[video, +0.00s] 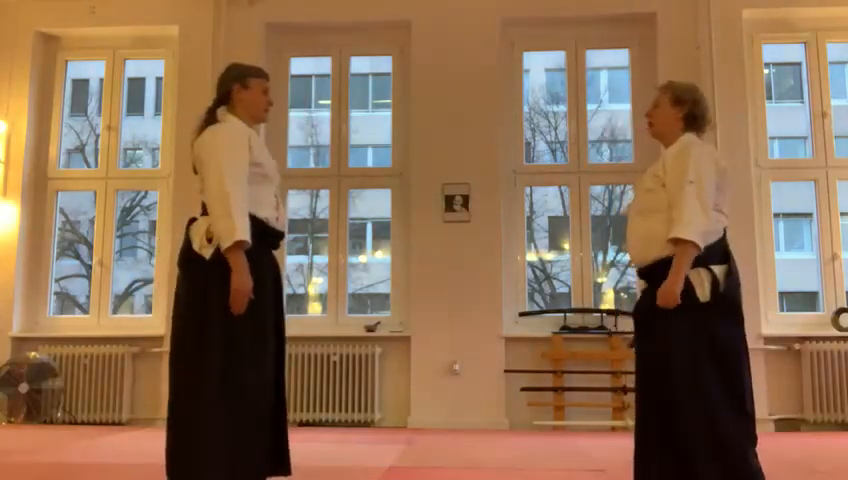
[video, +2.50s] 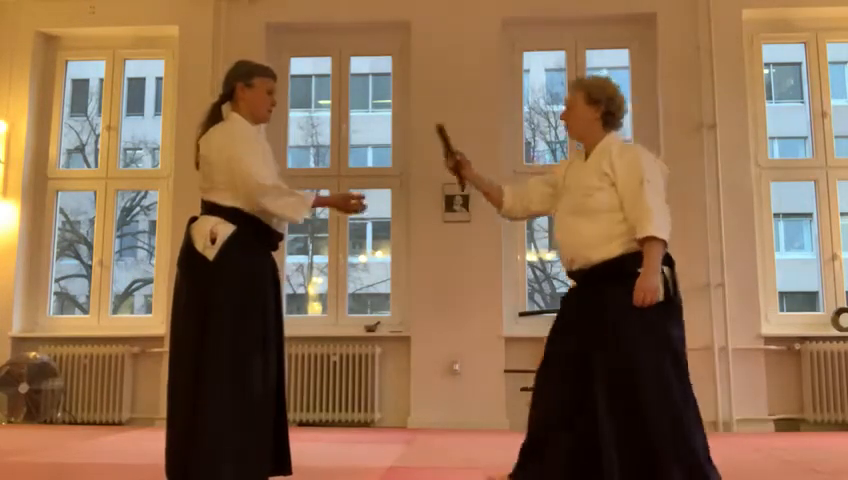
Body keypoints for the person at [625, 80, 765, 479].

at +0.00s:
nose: (648, 113)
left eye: (657, 106)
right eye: (651, 106)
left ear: (681, 112)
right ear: (677, 113)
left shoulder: (690, 150)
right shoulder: (673, 156)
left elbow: (692, 216)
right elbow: (680, 218)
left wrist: (675, 277)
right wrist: (659, 278)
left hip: (690, 282)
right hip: (669, 282)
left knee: (692, 392)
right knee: (670, 393)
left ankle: (701, 473)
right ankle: (674, 472)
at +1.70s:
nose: (629, 121)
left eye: (636, 114)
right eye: (631, 114)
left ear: (661, 118)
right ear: (657, 120)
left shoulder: (680, 154)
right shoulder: (655, 165)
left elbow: (688, 217)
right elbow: (650, 235)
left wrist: (668, 271)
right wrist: (625, 290)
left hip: (690, 280)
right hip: (663, 284)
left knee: (693, 386)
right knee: (662, 389)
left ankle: (706, 472)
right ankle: (671, 472)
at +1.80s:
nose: (626, 120)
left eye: (633, 113)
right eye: (628, 113)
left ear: (659, 119)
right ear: (649, 120)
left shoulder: (675, 152)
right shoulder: (645, 166)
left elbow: (685, 212)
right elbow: (637, 239)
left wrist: (668, 269)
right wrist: (591, 272)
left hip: (688, 279)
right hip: (659, 283)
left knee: (687, 387)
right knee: (653, 388)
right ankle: (661, 472)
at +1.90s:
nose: (622, 120)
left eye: (629, 113)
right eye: (624, 113)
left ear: (654, 116)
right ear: (646, 118)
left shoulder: (673, 152)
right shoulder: (640, 171)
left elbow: (684, 213)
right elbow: (616, 236)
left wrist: (668, 270)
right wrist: (562, 231)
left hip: (684, 282)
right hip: (656, 287)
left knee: (685, 390)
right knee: (645, 391)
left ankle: (694, 472)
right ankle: (653, 473)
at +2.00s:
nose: (618, 120)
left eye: (625, 111)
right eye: (619, 112)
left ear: (651, 115)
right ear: (642, 118)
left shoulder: (670, 151)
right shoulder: (635, 172)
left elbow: (681, 211)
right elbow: (591, 220)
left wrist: (667, 271)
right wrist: (554, 188)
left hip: (677, 282)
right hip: (647, 287)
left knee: (679, 392)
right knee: (641, 393)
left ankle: (689, 473)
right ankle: (644, 473)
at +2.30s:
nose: (595, 110)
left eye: (602, 103)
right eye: (597, 103)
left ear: (628, 107)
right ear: (618, 110)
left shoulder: (655, 151)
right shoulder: (599, 167)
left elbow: (669, 210)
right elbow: (548, 193)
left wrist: (657, 268)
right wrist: (528, 149)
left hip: (657, 277)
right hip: (613, 284)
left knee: (658, 381)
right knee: (586, 373)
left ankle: (677, 469)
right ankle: (611, 466)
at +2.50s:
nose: (563, 113)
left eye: (571, 105)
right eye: (565, 105)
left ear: (597, 110)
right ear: (588, 112)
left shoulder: (631, 157)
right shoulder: (567, 171)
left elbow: (653, 213)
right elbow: (517, 202)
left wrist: (651, 270)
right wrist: (474, 178)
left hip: (634, 281)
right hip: (588, 289)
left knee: (645, 391)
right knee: (559, 385)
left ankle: (660, 474)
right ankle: (551, 473)